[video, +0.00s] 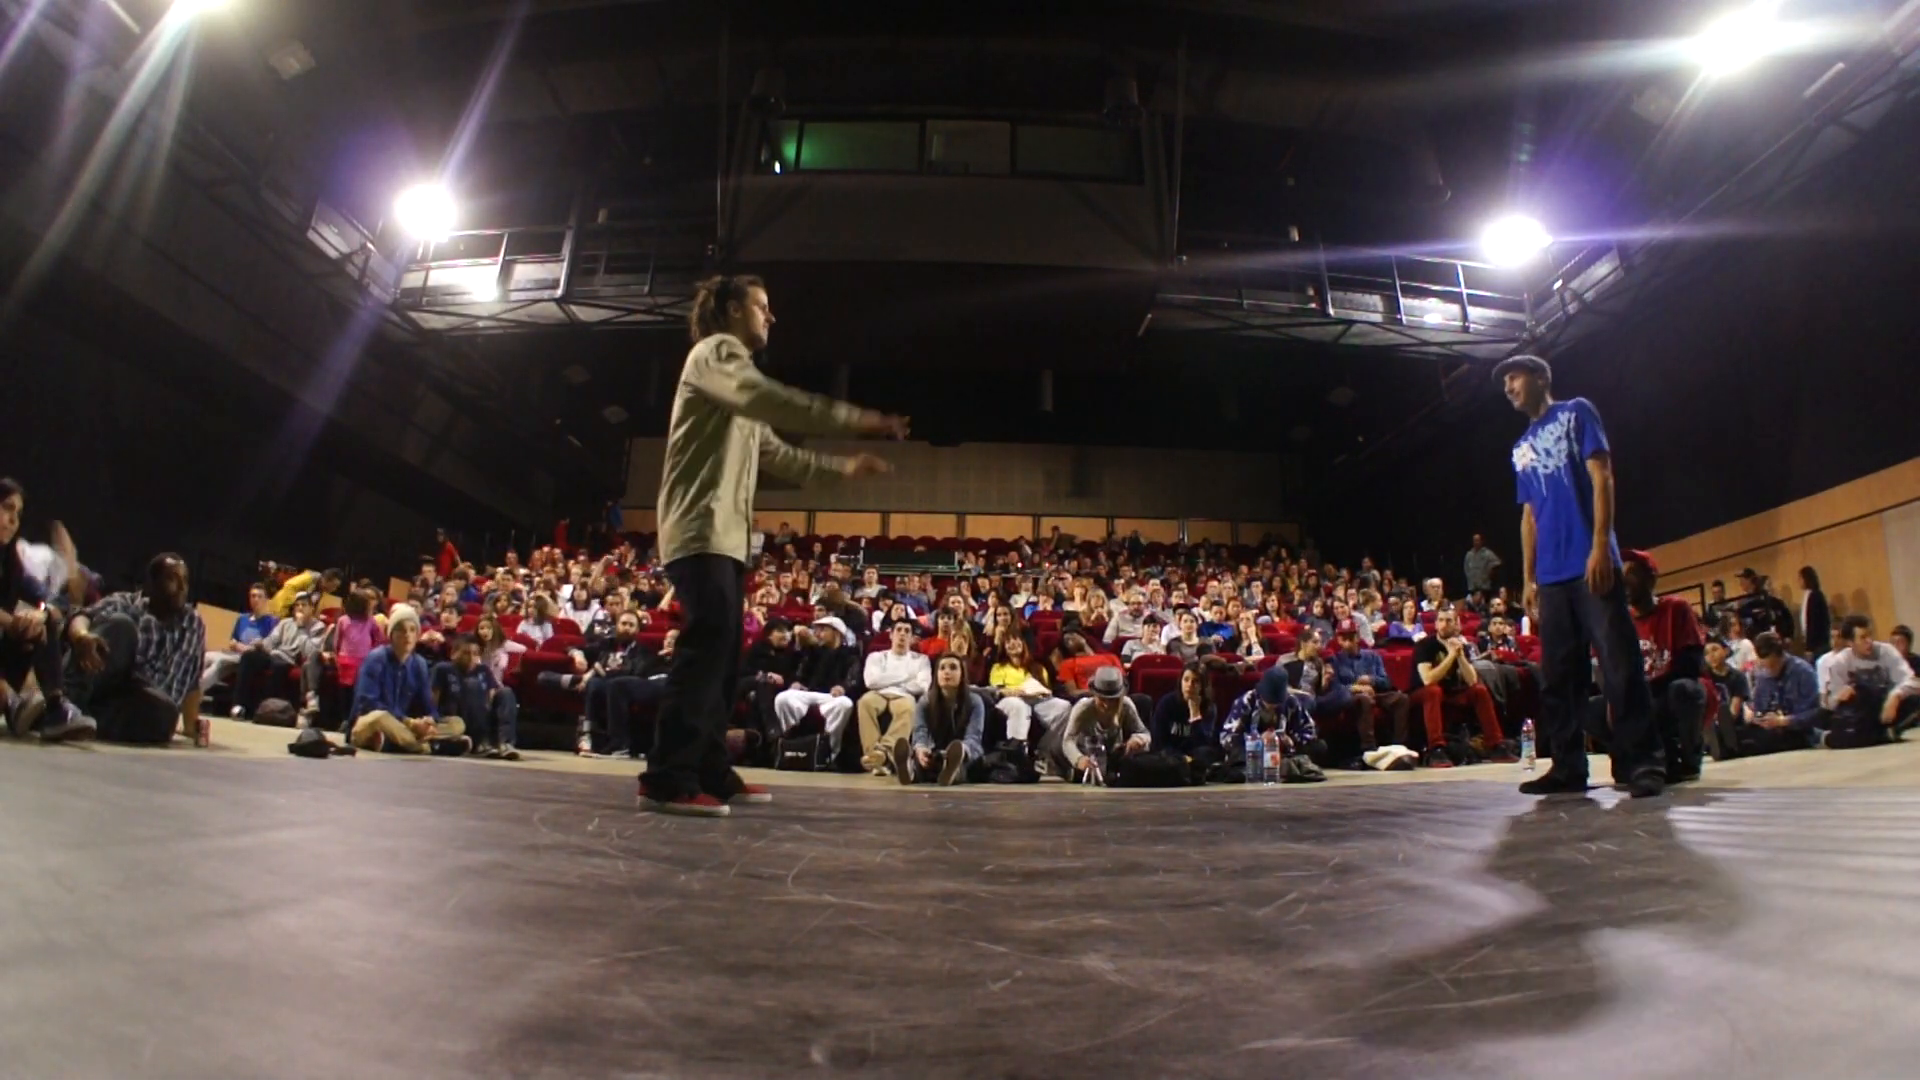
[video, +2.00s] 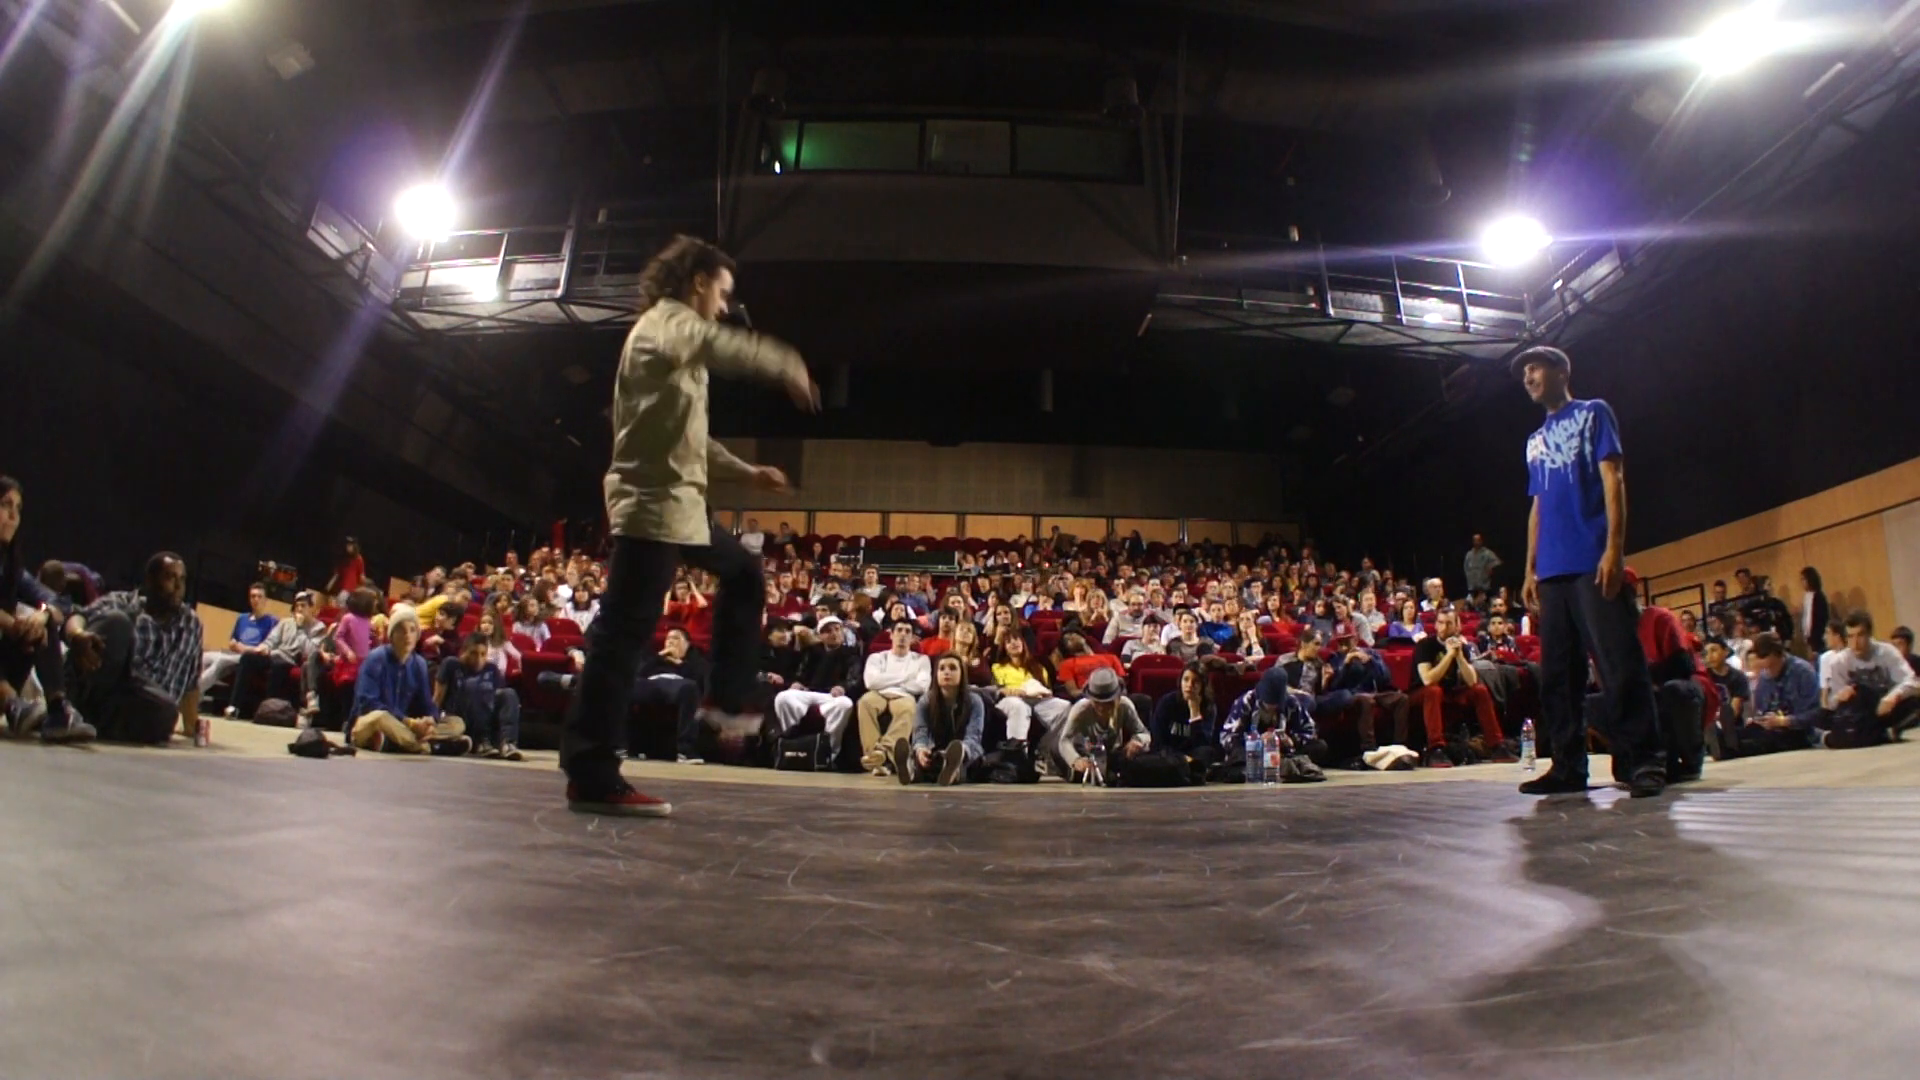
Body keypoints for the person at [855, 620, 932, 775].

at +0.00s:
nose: (902, 634)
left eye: (907, 631)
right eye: (899, 630)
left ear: (912, 638)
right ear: (891, 634)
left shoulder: (921, 659)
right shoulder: (875, 657)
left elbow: (922, 686)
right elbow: (871, 681)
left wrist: (888, 683)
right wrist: (905, 677)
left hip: (904, 694)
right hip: (879, 692)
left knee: (907, 710)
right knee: (865, 703)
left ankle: (884, 750)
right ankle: (875, 760)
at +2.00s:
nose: (903, 635)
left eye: (907, 631)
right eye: (899, 630)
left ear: (912, 638)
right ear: (891, 634)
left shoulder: (921, 659)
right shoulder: (876, 657)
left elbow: (921, 686)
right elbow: (871, 682)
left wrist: (886, 683)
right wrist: (905, 678)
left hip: (904, 694)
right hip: (879, 692)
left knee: (907, 710)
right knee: (865, 703)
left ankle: (884, 750)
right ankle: (876, 761)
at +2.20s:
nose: (903, 635)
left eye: (907, 632)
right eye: (899, 630)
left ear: (912, 638)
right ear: (891, 634)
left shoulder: (921, 659)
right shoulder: (876, 658)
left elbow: (922, 686)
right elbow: (871, 682)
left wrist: (887, 683)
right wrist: (905, 677)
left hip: (904, 694)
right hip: (879, 692)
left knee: (907, 710)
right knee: (865, 703)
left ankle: (884, 750)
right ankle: (875, 761)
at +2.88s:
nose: (903, 635)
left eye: (907, 632)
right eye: (899, 631)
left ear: (912, 638)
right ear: (891, 634)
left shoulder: (921, 659)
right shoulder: (876, 658)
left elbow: (921, 686)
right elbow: (871, 682)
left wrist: (886, 683)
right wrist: (905, 678)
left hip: (904, 694)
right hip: (879, 692)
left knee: (907, 710)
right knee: (865, 703)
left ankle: (883, 750)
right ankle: (876, 762)